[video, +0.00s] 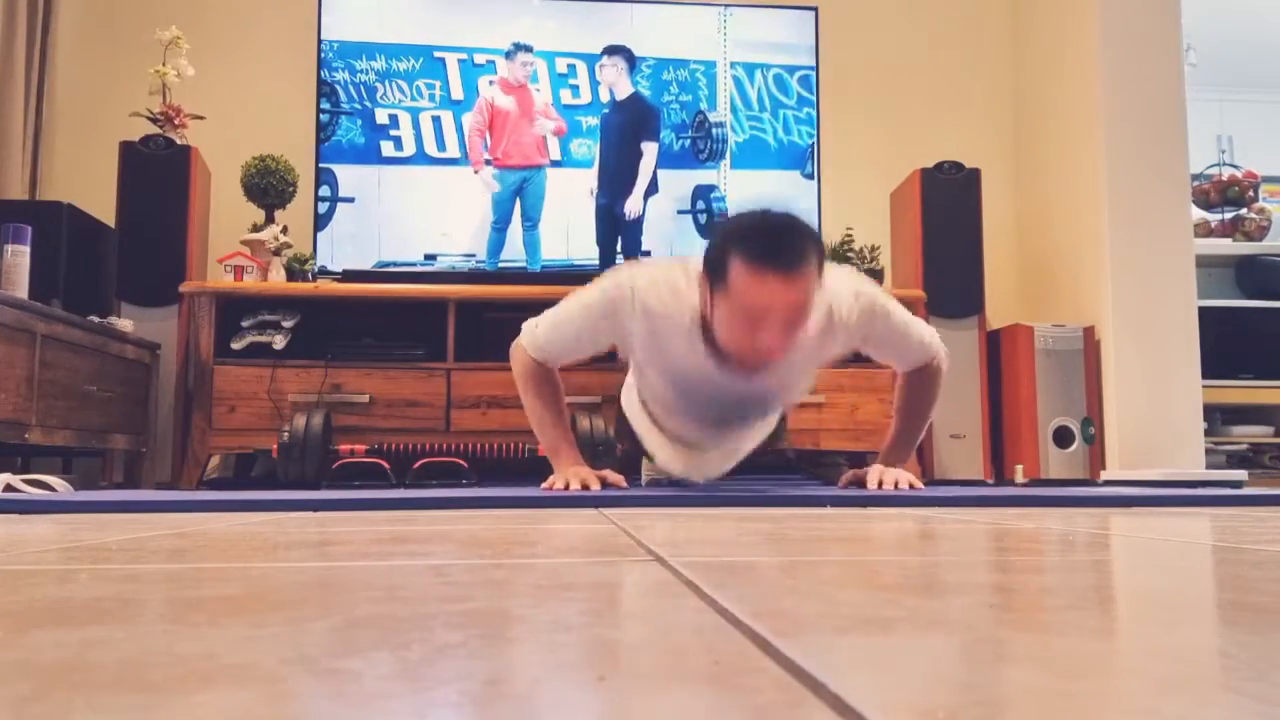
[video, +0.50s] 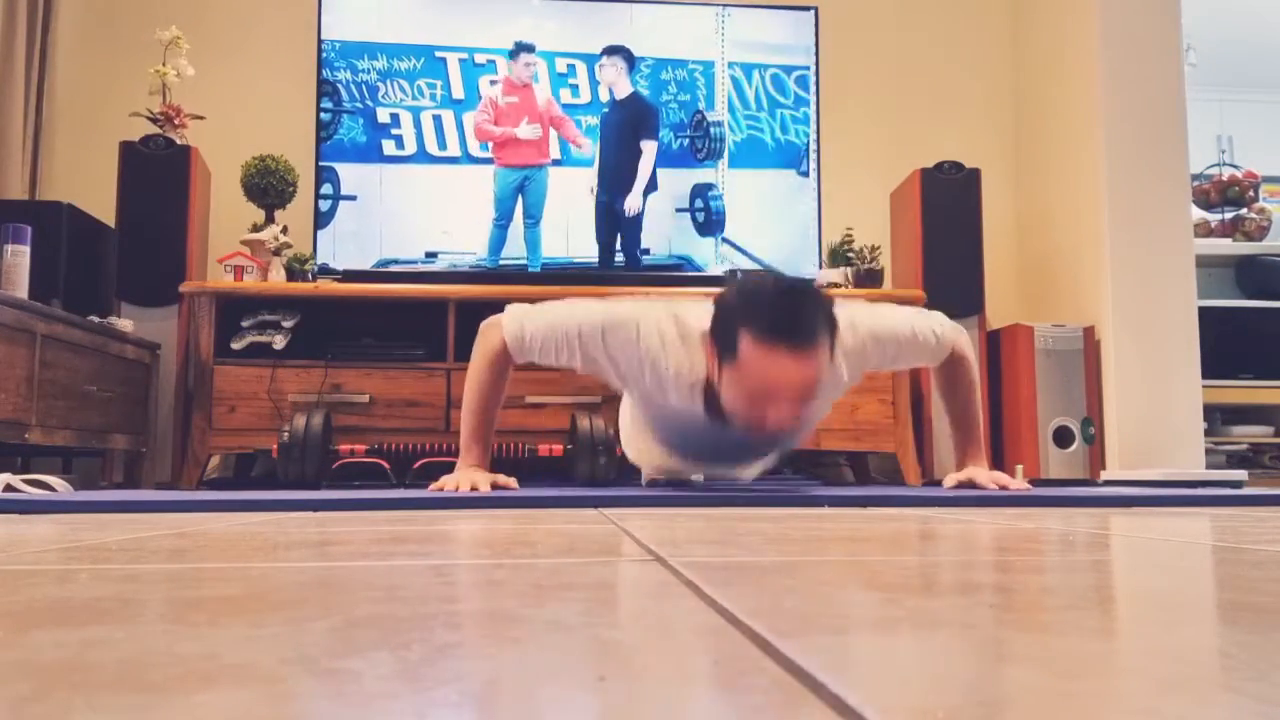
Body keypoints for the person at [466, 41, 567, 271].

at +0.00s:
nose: (529, 70)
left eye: (531, 65)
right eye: (524, 64)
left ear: (533, 66)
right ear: (508, 64)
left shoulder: (537, 96)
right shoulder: (491, 96)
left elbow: (562, 127)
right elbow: (475, 131)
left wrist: (552, 126)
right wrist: (480, 167)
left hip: (535, 170)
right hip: (505, 170)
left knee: (532, 223)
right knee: (500, 224)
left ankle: (535, 270)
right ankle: (490, 269)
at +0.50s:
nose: (531, 70)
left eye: (534, 65)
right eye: (526, 65)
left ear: (536, 65)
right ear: (512, 65)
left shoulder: (541, 94)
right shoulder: (495, 96)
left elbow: (561, 121)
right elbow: (480, 129)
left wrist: (578, 139)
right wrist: (515, 132)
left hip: (537, 169)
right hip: (507, 169)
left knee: (533, 221)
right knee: (501, 220)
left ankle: (534, 270)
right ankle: (491, 267)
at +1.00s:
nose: (546, 73)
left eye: (549, 68)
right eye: (541, 67)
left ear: (551, 67)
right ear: (526, 65)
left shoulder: (553, 95)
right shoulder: (509, 94)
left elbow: (572, 115)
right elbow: (494, 131)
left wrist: (583, 122)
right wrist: (529, 146)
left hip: (544, 168)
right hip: (515, 168)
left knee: (538, 218)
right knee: (506, 217)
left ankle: (538, 265)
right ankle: (496, 262)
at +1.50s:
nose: (542, 66)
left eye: (543, 61)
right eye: (537, 62)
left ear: (544, 61)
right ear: (523, 62)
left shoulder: (549, 89)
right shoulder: (507, 92)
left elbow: (572, 99)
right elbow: (498, 129)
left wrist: (593, 104)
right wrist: (532, 142)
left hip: (545, 163)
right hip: (518, 163)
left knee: (541, 213)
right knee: (510, 212)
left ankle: (543, 260)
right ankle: (500, 258)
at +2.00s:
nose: (527, 60)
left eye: (528, 55)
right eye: (522, 55)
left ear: (529, 57)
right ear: (507, 58)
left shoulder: (534, 86)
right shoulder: (494, 88)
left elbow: (551, 112)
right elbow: (479, 121)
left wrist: (554, 121)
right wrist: (507, 142)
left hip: (536, 159)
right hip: (508, 159)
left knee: (538, 210)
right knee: (506, 210)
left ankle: (545, 258)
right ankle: (503, 256)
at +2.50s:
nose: (529, 58)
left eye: (529, 53)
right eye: (524, 54)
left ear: (528, 56)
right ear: (509, 56)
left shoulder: (534, 87)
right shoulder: (494, 87)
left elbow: (557, 118)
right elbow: (482, 121)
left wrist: (548, 103)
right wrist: (514, 137)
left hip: (537, 157)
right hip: (509, 158)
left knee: (540, 208)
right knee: (509, 208)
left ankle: (548, 255)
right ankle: (506, 255)